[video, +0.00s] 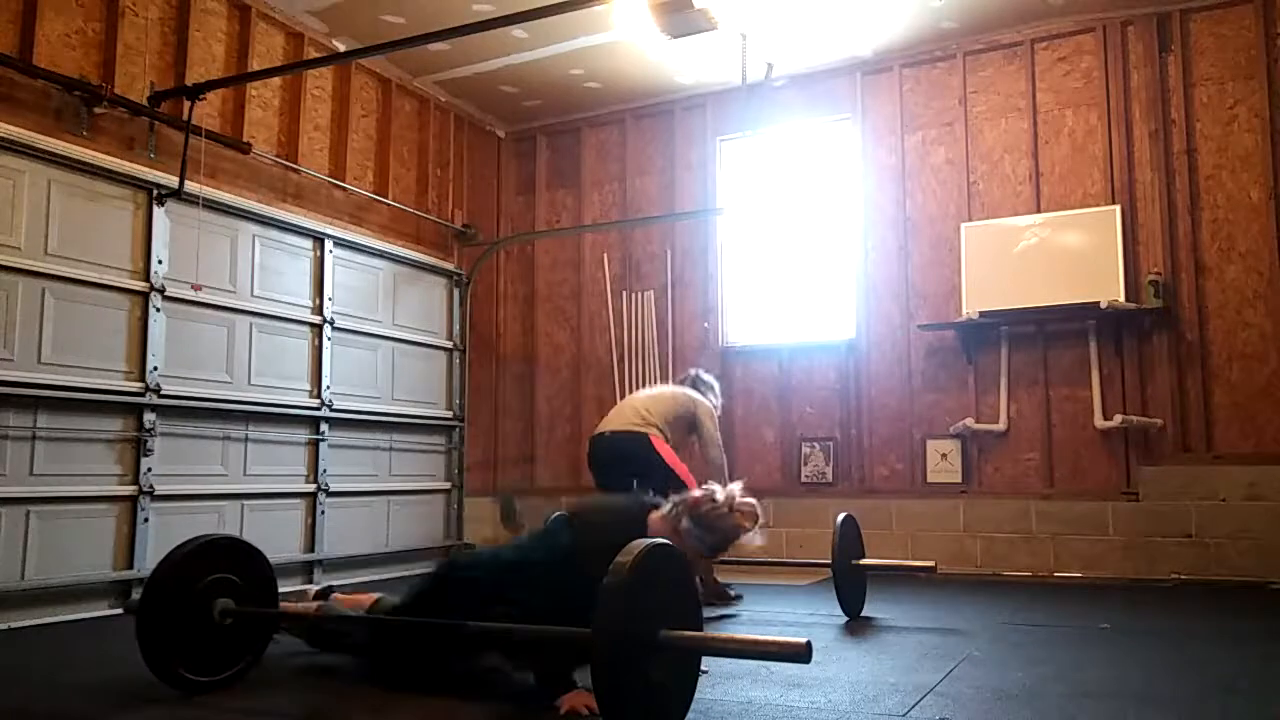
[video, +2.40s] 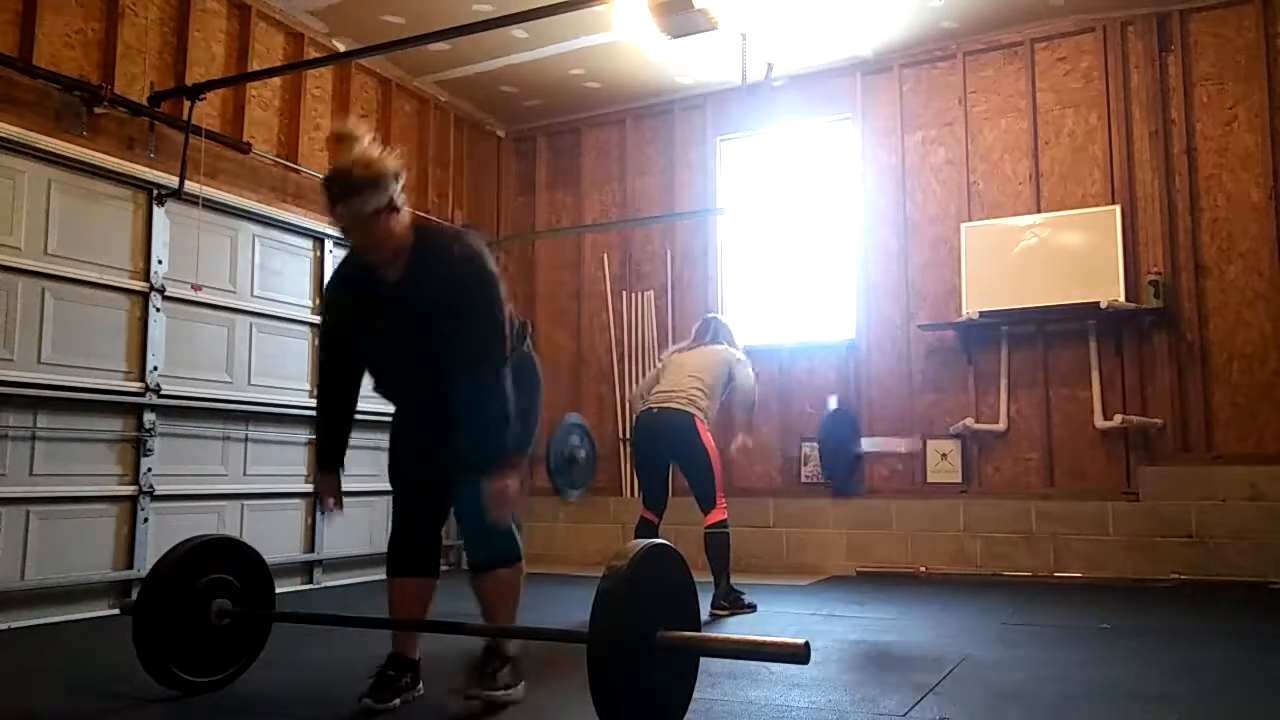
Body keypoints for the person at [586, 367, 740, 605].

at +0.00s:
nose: (716, 414)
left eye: (718, 409)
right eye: (716, 408)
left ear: (686, 386)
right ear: (707, 395)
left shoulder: (657, 396)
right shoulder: (702, 404)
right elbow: (715, 459)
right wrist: (725, 498)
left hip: (600, 443)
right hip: (640, 441)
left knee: (629, 517)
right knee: (694, 505)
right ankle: (709, 585)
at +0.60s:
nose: (730, 387)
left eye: (730, 383)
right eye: (730, 382)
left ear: (697, 370)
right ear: (725, 378)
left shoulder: (675, 380)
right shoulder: (727, 392)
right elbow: (737, 452)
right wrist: (735, 494)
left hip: (636, 423)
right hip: (677, 424)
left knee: (642, 510)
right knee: (706, 507)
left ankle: (639, 593)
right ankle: (714, 594)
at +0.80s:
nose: (725, 341)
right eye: (724, 336)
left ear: (685, 332)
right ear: (718, 333)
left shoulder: (663, 350)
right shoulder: (724, 356)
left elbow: (652, 390)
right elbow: (737, 410)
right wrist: (738, 460)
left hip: (644, 420)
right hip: (685, 422)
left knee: (641, 506)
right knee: (706, 505)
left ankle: (637, 592)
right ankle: (714, 594)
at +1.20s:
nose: (723, 329)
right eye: (721, 322)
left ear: (683, 322)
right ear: (716, 323)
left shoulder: (663, 347)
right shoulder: (723, 347)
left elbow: (631, 386)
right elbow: (738, 388)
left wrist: (637, 418)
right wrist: (739, 432)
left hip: (643, 422)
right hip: (683, 423)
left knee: (645, 508)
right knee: (711, 506)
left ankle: (634, 593)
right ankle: (724, 592)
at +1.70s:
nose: (725, 335)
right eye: (724, 330)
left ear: (686, 328)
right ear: (718, 330)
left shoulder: (668, 352)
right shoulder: (725, 355)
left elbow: (660, 396)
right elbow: (740, 410)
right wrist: (742, 455)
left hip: (645, 423)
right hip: (685, 424)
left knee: (652, 508)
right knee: (714, 508)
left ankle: (629, 585)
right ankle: (723, 591)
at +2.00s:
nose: (727, 342)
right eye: (727, 337)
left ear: (692, 331)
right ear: (721, 333)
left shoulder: (669, 351)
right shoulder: (729, 349)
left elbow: (636, 391)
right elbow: (745, 381)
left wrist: (643, 426)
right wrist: (745, 429)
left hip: (646, 425)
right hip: (686, 425)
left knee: (653, 506)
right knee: (715, 508)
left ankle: (632, 587)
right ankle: (723, 592)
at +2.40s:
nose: (733, 346)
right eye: (733, 342)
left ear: (698, 335)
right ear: (727, 338)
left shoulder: (675, 353)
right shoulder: (732, 354)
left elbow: (639, 392)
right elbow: (746, 386)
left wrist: (646, 428)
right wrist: (744, 431)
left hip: (646, 422)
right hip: (685, 423)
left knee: (652, 506)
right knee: (713, 508)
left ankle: (632, 587)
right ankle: (723, 591)